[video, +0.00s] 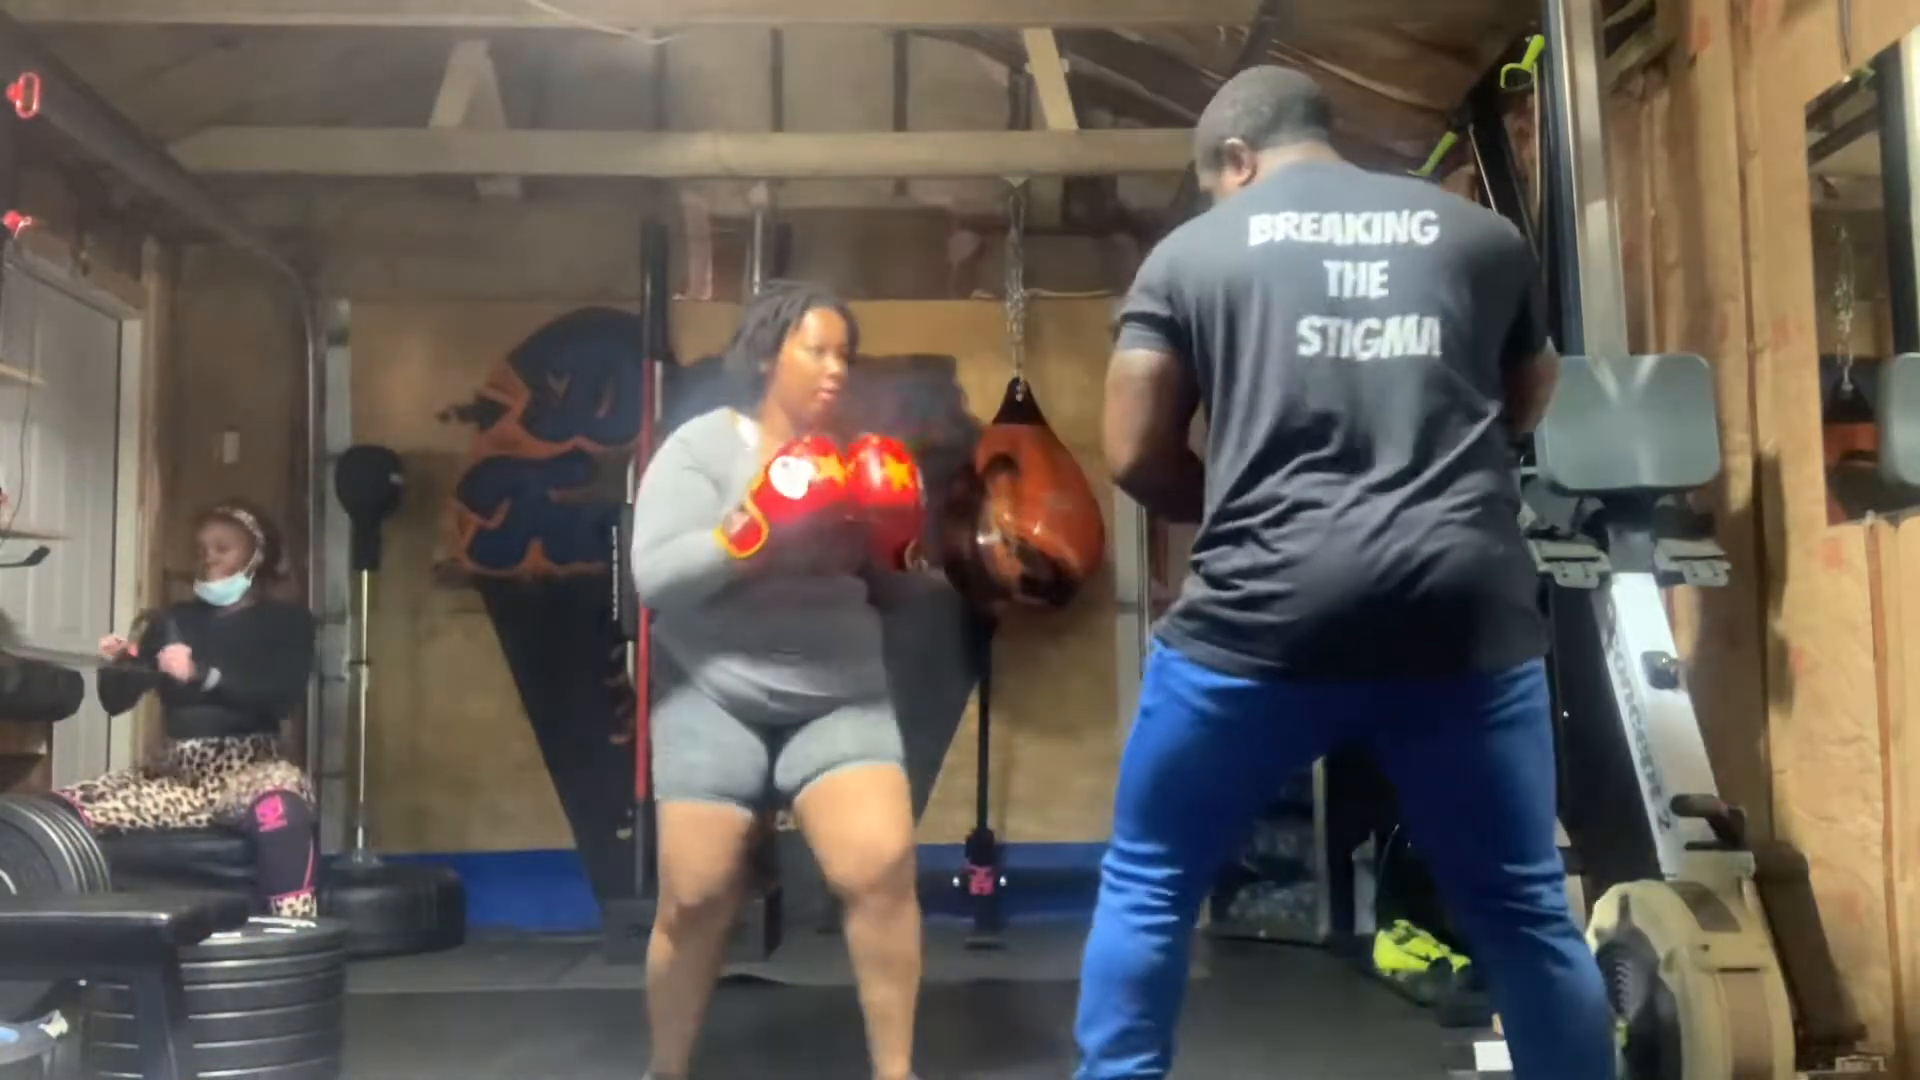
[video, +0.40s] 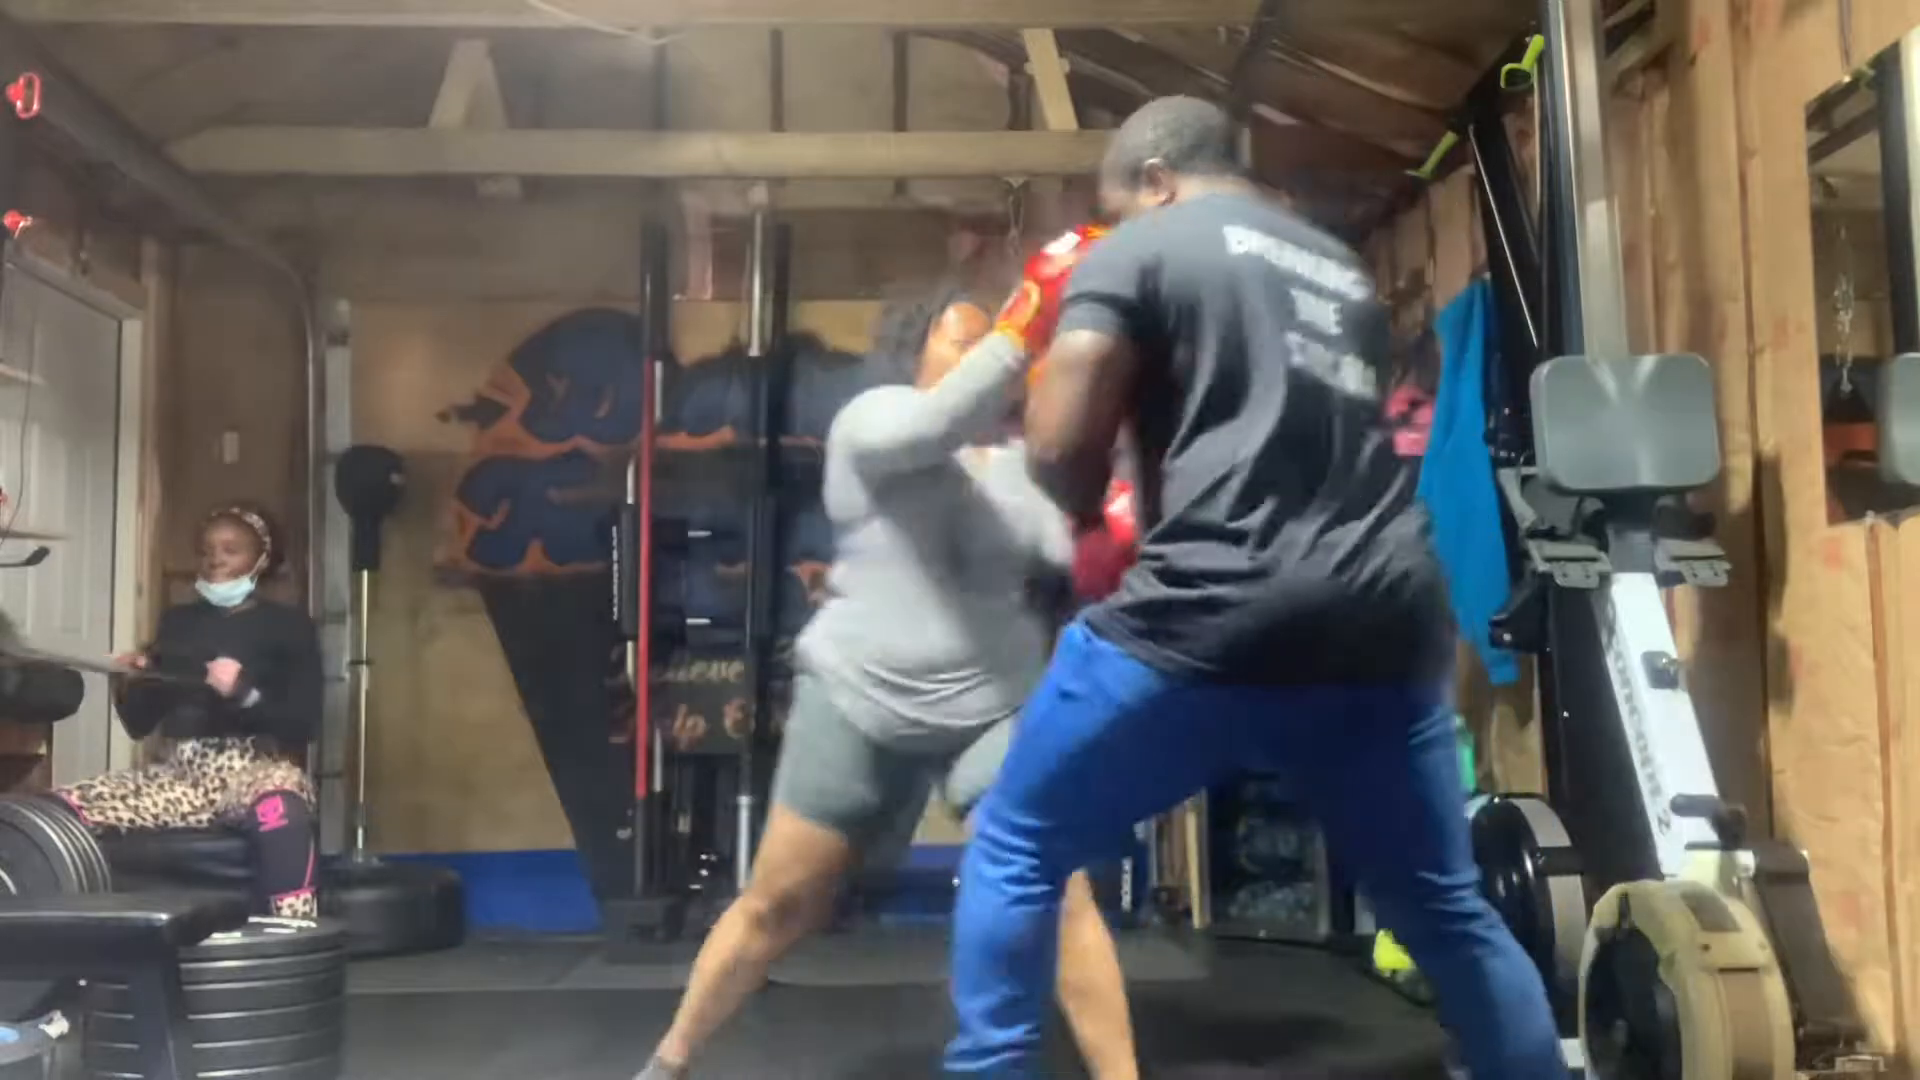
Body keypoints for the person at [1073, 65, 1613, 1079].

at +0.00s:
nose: (1212, 203)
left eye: (1209, 185)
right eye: (1210, 188)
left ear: (1239, 159)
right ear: (1331, 141)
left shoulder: (1189, 253)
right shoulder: (1485, 232)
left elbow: (1137, 456)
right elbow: (1523, 408)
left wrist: (1241, 502)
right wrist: (1409, 455)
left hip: (1269, 603)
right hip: (1472, 604)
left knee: (1150, 878)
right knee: (1527, 908)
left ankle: (1115, 1073)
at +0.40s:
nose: (1118, 219)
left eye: (1116, 204)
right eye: (1113, 207)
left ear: (1154, 181)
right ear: (1234, 172)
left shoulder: (1136, 246)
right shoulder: (1343, 262)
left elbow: (1059, 444)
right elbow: (1333, 428)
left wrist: (1085, 508)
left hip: (1209, 610)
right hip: (1386, 615)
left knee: (1018, 843)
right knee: (1444, 903)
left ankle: (990, 1064)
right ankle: (1545, 1071)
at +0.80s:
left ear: (719, 287)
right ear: (831, 268)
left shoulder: (679, 376)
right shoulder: (944, 342)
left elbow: (639, 573)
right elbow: (1031, 508)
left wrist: (713, 515)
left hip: (830, 658)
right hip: (1022, 649)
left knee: (672, 896)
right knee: (1152, 920)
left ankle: (665, 1072)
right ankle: (1285, 1071)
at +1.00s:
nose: (770, 240)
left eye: (765, 231)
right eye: (765, 227)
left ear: (643, 236)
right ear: (737, 220)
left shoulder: (561, 356)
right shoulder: (833, 293)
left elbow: (568, 541)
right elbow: (909, 407)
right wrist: (935, 508)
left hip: (645, 652)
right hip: (834, 648)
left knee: (615, 891)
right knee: (902, 915)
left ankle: (630, 1069)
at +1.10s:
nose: (741, 221)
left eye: (736, 209)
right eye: (735, 206)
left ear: (618, 208)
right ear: (699, 195)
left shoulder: (527, 326)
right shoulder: (785, 274)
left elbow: (546, 491)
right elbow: (876, 461)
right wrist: (792, 542)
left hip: (558, 635)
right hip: (734, 629)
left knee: (627, 876)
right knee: (858, 914)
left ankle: (557, 1069)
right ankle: (808, 1071)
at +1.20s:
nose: (728, 211)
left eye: (727, 196)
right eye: (721, 195)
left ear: (604, 187)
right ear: (674, 186)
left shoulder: (521, 297)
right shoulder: (725, 259)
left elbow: (524, 470)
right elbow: (821, 432)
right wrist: (797, 519)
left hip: (488, 634)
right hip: (646, 625)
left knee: (620, 895)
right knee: (818, 902)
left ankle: (540, 1073)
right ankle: (774, 1073)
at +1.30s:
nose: (716, 198)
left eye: (716, 176)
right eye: (705, 177)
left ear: (596, 170)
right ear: (652, 166)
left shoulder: (527, 255)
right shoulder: (662, 239)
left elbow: (545, 431)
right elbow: (736, 406)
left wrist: (697, 504)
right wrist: (774, 494)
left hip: (420, 604)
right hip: (560, 591)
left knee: (579, 890)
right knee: (748, 884)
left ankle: (523, 1073)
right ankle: (709, 1070)